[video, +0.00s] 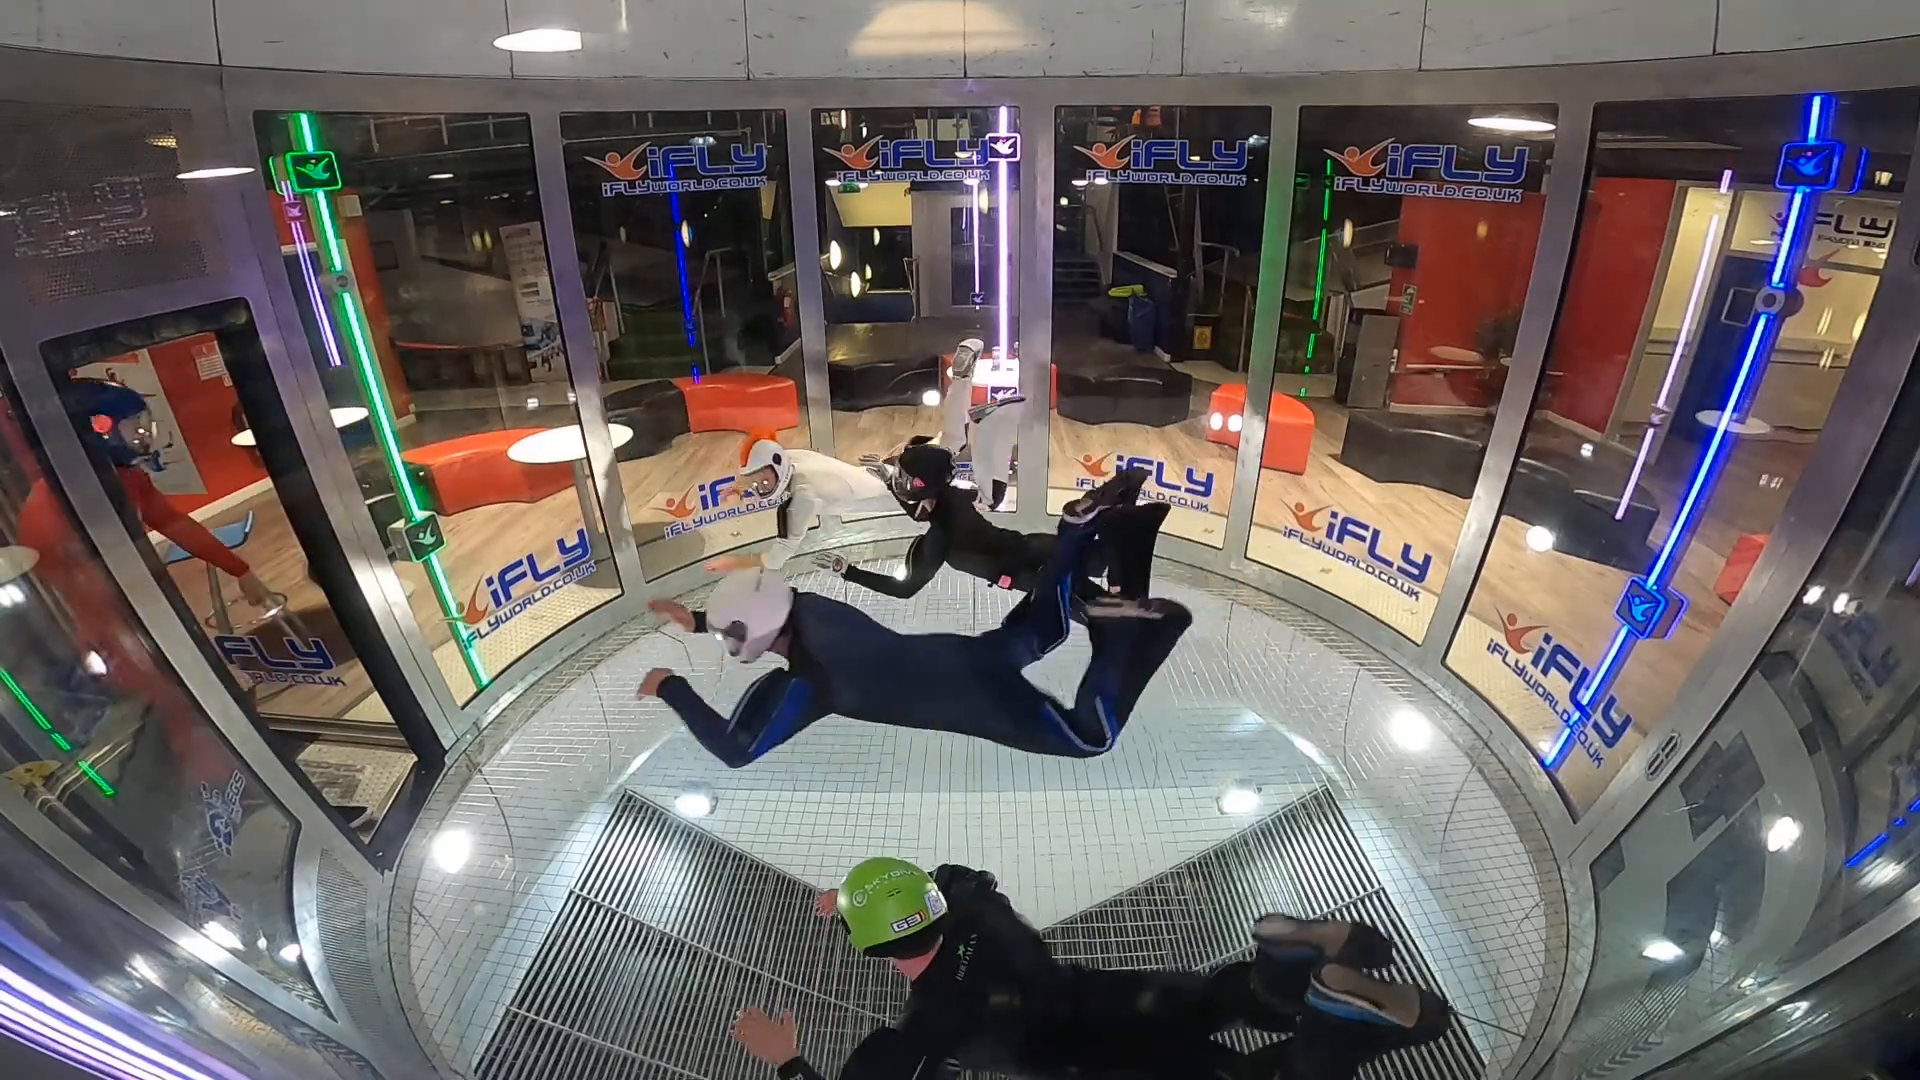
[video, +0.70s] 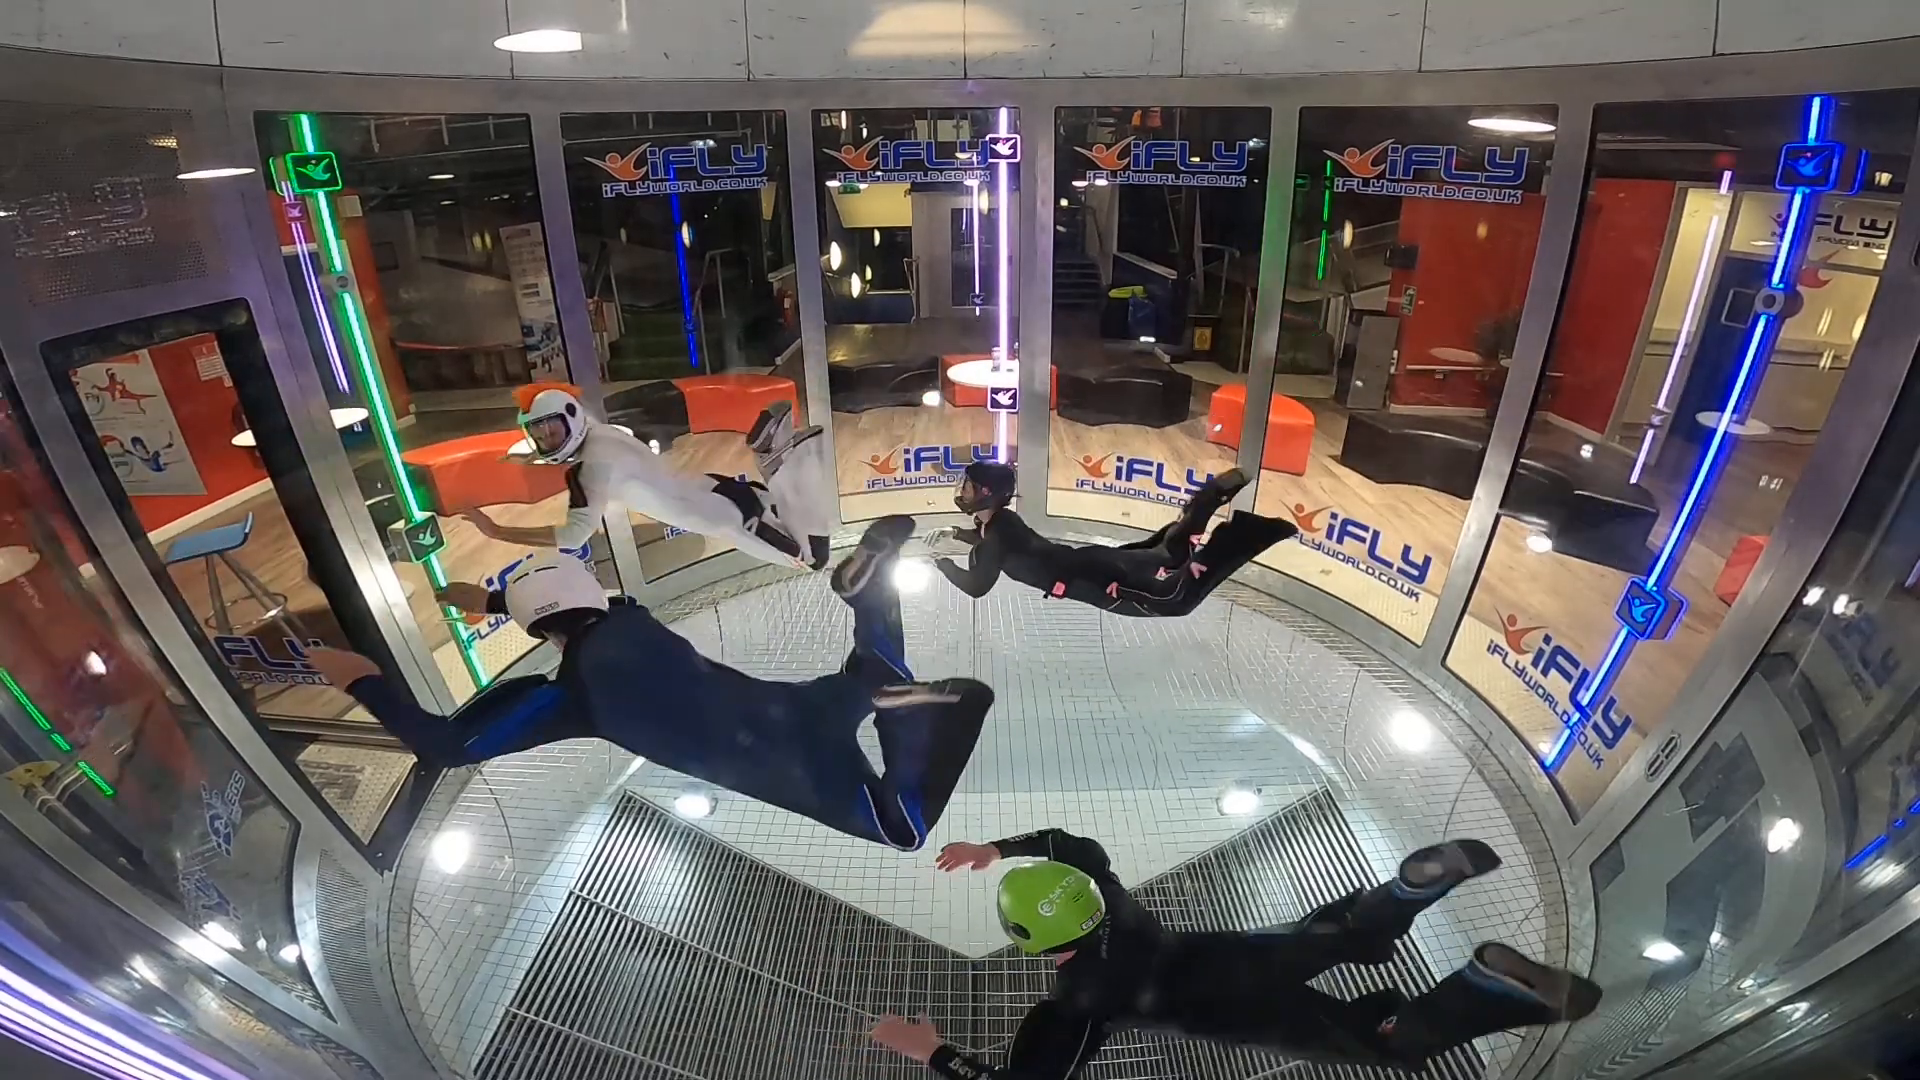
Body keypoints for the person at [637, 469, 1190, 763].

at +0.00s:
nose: (736, 645)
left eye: (741, 638)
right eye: (733, 636)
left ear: (764, 635)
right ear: (772, 609)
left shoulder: (802, 681)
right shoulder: (806, 609)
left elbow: (737, 748)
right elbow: (755, 612)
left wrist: (672, 690)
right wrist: (697, 617)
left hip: (977, 696)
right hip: (969, 651)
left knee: (1090, 736)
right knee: (1043, 623)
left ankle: (1129, 628)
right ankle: (1088, 526)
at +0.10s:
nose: (716, 642)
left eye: (715, 635)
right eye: (712, 633)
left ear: (730, 634)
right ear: (749, 600)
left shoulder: (764, 681)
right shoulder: (782, 604)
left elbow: (686, 744)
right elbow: (724, 601)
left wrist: (619, 688)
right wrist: (661, 615)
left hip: (939, 709)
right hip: (937, 654)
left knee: (1049, 753)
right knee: (997, 631)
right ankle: (1056, 551)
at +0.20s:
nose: (676, 634)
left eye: (674, 625)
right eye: (672, 622)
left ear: (684, 622)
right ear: (707, 588)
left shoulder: (723, 676)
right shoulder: (742, 593)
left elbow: (638, 740)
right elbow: (682, 585)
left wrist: (576, 675)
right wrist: (622, 616)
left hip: (906, 711)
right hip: (902, 657)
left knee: (1005, 768)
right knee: (968, 636)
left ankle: (1004, 670)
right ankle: (992, 556)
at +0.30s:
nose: (623, 621)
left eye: (623, 614)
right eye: (622, 611)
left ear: (639, 620)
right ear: (668, 579)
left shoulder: (680, 677)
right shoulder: (709, 593)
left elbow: (583, 733)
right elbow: (655, 589)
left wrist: (516, 665)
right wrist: (601, 610)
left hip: (872, 710)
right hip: (874, 659)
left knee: (976, 771)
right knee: (942, 616)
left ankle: (974, 652)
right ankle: (949, 538)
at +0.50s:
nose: (560, 607)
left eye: (556, 607)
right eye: (564, 590)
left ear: (570, 621)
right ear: (606, 579)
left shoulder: (610, 680)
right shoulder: (652, 598)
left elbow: (506, 729)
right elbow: (598, 578)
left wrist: (434, 655)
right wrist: (545, 562)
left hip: (814, 728)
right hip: (819, 675)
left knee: (926, 781)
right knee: (886, 646)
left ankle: (947, 647)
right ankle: (895, 543)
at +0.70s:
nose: (518, 621)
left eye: (522, 611)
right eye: (521, 608)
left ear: (543, 619)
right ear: (589, 588)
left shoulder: (571, 685)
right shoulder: (624, 617)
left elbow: (447, 740)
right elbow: (551, 598)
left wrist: (358, 674)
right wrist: (491, 593)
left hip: (788, 764)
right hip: (799, 707)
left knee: (904, 828)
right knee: (878, 673)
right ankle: (882, 566)